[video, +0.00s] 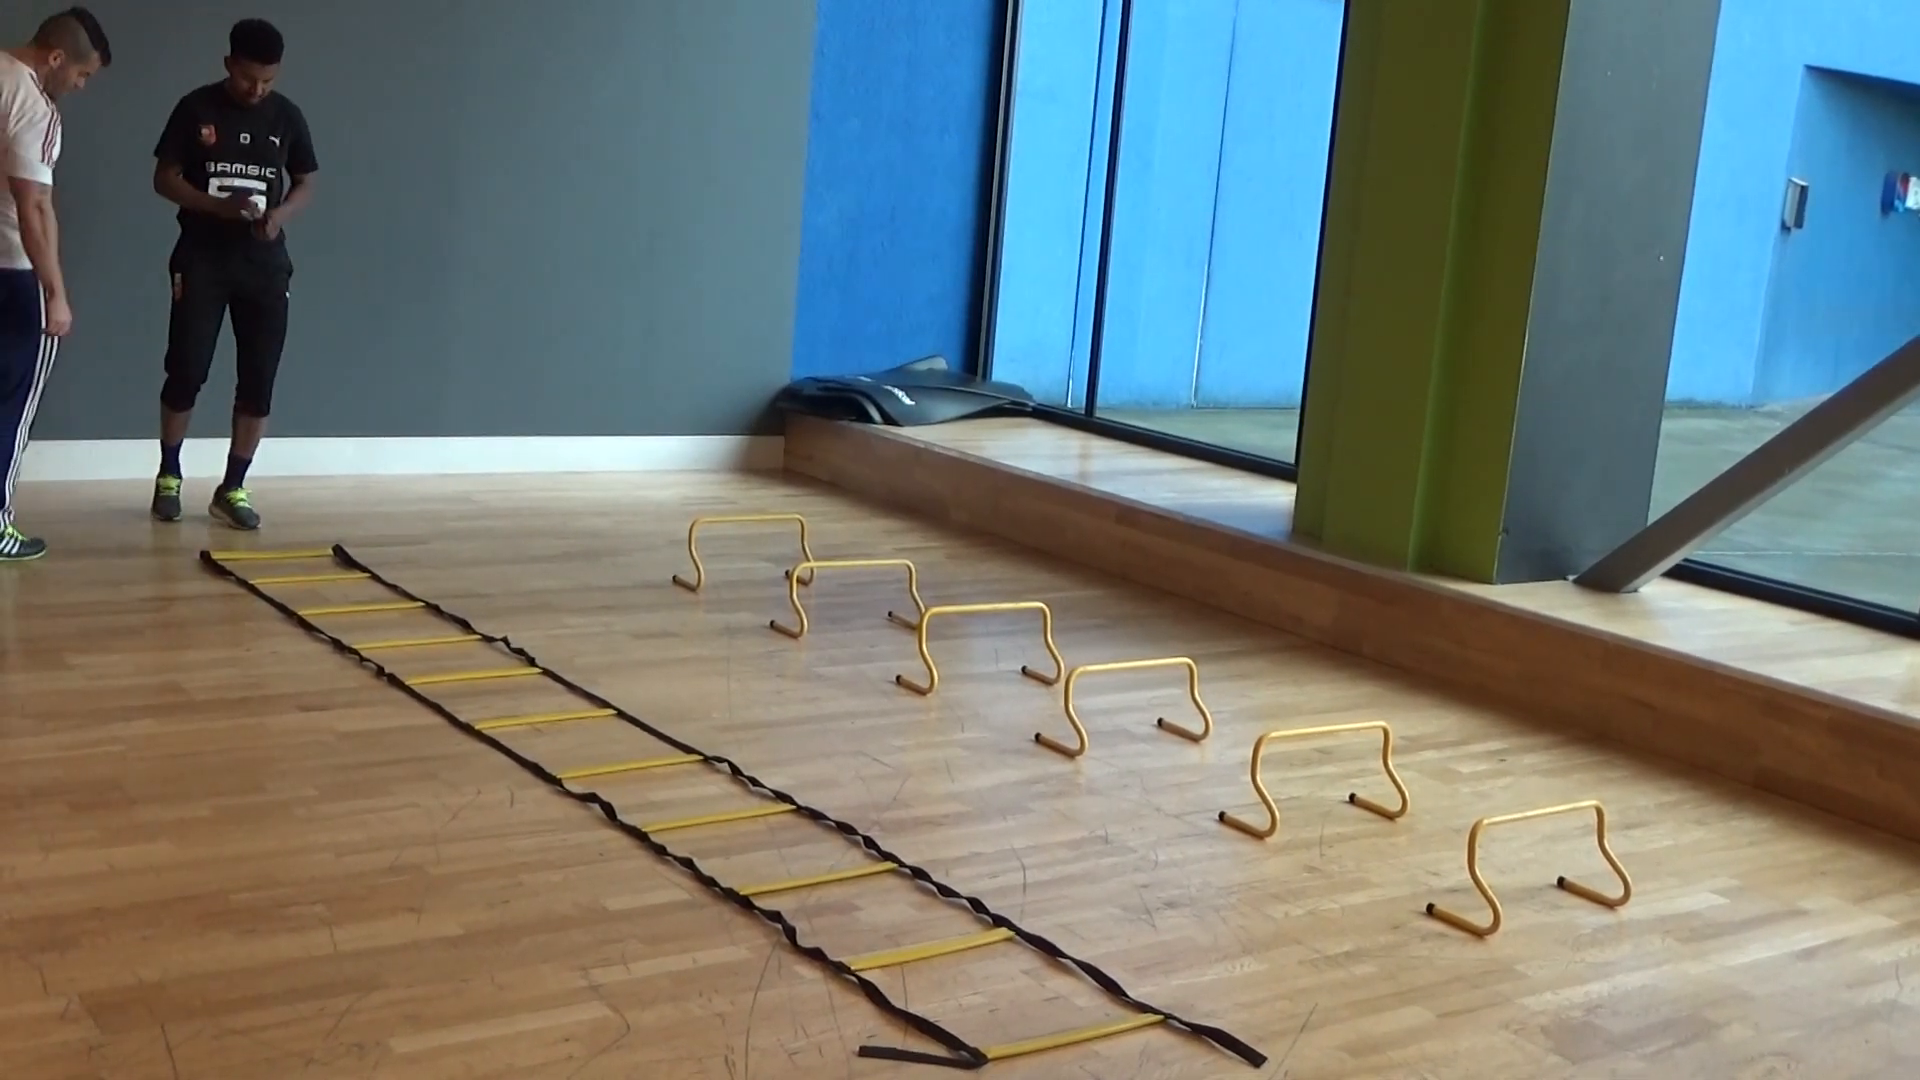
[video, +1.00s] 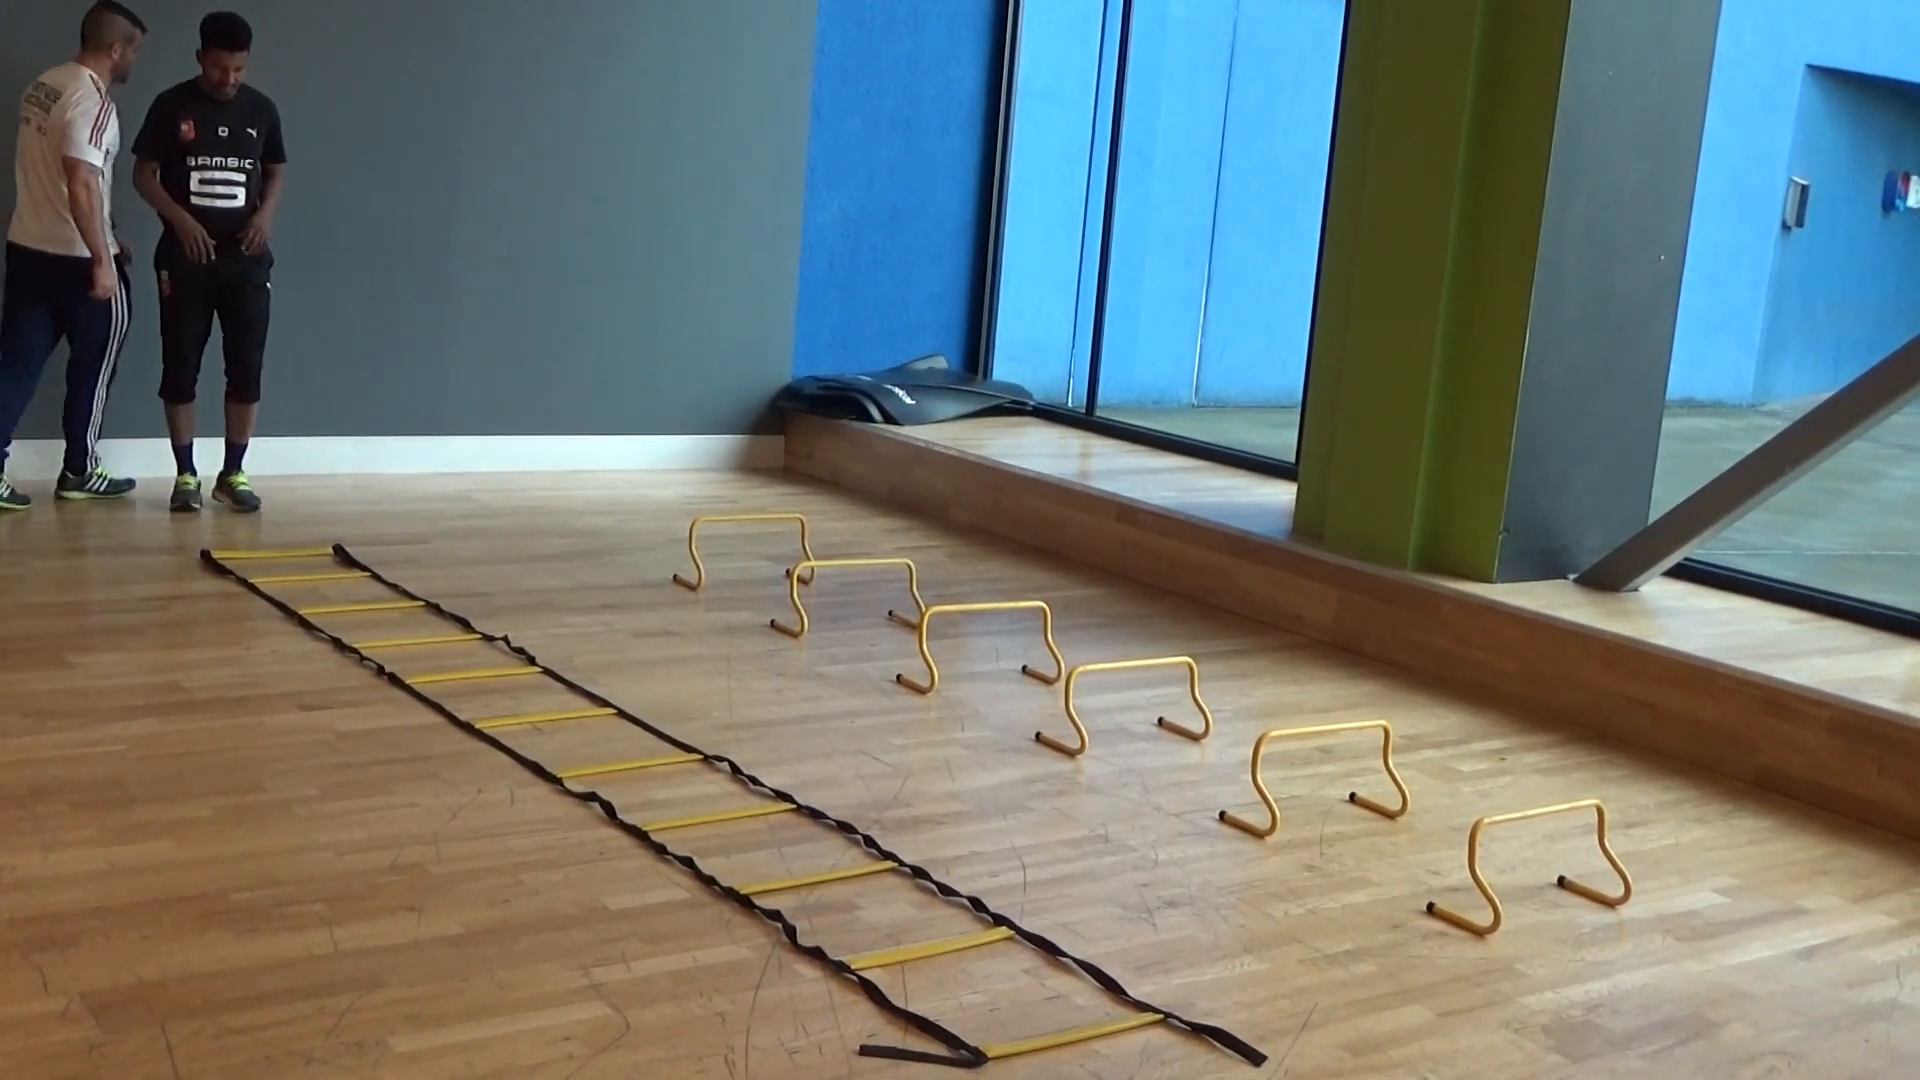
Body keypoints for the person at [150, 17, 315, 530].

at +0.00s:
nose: (257, 89)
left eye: (267, 80)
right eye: (248, 78)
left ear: (278, 71)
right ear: (229, 63)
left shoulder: (286, 116)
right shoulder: (196, 107)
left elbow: (306, 183)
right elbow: (164, 179)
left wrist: (281, 215)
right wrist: (222, 205)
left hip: (264, 264)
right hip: (201, 261)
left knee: (259, 379)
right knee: (186, 372)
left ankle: (232, 489)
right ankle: (170, 475)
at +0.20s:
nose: (260, 87)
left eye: (269, 78)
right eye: (251, 76)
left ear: (279, 70)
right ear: (230, 61)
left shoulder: (285, 115)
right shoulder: (195, 107)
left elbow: (304, 183)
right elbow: (164, 182)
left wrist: (282, 205)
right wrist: (184, 209)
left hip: (262, 264)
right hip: (202, 260)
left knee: (255, 380)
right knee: (187, 371)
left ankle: (232, 490)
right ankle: (183, 466)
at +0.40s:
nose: (249, 82)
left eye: (259, 73)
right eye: (240, 71)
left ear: (268, 67)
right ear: (220, 58)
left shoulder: (276, 117)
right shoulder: (185, 107)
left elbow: (288, 182)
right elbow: (154, 179)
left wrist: (280, 207)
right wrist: (183, 206)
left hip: (255, 265)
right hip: (195, 263)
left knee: (246, 379)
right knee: (187, 374)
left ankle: (232, 490)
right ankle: (185, 475)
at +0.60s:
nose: (234, 79)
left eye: (244, 70)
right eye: (225, 68)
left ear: (254, 65)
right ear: (205, 58)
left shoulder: (264, 114)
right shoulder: (173, 105)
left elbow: (280, 181)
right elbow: (146, 179)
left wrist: (264, 209)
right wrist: (196, 211)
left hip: (244, 259)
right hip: (183, 259)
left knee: (239, 372)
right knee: (181, 370)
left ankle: (232, 488)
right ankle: (187, 477)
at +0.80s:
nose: (227, 79)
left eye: (237, 70)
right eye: (219, 68)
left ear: (247, 63)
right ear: (198, 58)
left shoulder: (257, 110)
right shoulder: (166, 106)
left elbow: (272, 175)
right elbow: (140, 176)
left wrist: (254, 211)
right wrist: (178, 220)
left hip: (242, 258)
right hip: (180, 257)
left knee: (245, 366)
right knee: (178, 370)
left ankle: (232, 478)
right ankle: (186, 477)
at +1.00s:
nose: (229, 79)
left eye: (238, 69)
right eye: (220, 68)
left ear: (249, 61)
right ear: (200, 57)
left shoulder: (262, 110)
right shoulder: (170, 106)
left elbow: (275, 173)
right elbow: (143, 177)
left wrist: (265, 214)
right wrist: (180, 219)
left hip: (246, 257)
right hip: (186, 257)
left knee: (247, 367)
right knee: (181, 368)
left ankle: (233, 475)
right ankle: (187, 476)